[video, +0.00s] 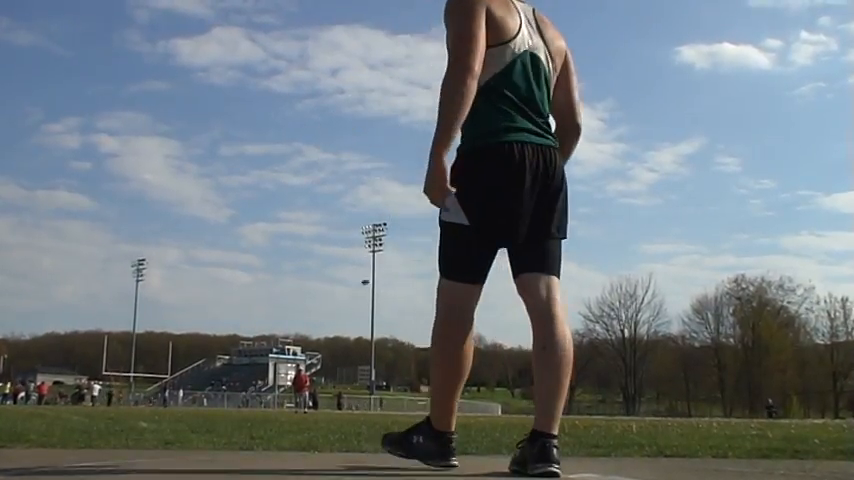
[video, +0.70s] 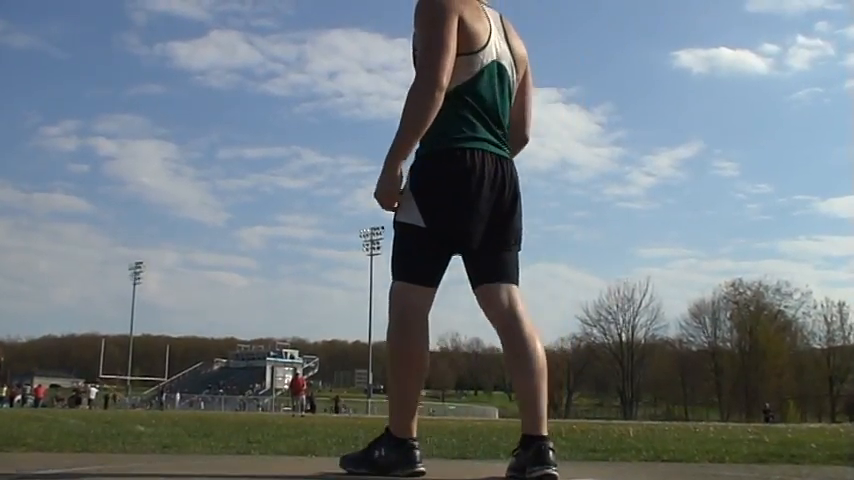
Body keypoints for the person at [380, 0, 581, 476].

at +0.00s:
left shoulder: (472, 4)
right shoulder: (550, 30)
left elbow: (465, 72)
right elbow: (571, 123)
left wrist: (437, 158)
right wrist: (543, 172)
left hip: (487, 165)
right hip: (546, 170)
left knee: (456, 305)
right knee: (547, 301)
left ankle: (438, 434)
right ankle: (544, 444)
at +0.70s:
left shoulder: (441, 6)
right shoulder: (512, 36)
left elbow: (431, 86)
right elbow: (518, 132)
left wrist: (392, 165)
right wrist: (474, 166)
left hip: (443, 172)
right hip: (499, 178)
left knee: (408, 306)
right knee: (508, 307)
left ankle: (398, 441)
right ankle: (537, 446)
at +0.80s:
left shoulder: (424, 6)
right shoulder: (496, 39)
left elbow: (412, 86)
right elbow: (498, 132)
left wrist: (377, 165)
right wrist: (455, 166)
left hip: (423, 169)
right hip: (478, 175)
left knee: (399, 304)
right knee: (479, 302)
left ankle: (399, 443)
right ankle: (533, 436)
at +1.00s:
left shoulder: (391, 6)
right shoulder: (464, 39)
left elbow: (377, 86)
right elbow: (467, 130)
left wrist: (341, 167)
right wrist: (424, 162)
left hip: (401, 167)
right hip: (449, 172)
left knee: (388, 307)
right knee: (425, 306)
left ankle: (399, 443)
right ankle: (488, 412)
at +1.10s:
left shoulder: (376, 6)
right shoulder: (446, 34)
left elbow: (362, 88)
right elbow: (453, 126)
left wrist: (325, 168)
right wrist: (413, 163)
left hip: (393, 165)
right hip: (437, 169)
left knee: (383, 306)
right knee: (400, 303)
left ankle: (398, 443)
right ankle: (443, 425)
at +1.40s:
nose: (316, 6)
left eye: (318, 5)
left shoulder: (335, 15)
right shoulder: (400, 41)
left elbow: (329, 100)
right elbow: (413, 131)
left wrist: (295, 180)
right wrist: (402, 190)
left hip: (362, 175)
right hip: (396, 176)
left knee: (368, 310)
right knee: (339, 306)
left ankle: (398, 444)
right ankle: (302, 432)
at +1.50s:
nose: (301, 5)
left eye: (303, 4)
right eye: (303, 4)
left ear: (313, 0)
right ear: (349, 1)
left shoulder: (322, 20)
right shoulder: (386, 46)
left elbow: (316, 104)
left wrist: (282, 186)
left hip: (347, 178)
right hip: (381, 182)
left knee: (357, 309)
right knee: (323, 308)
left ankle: (398, 441)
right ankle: (288, 436)